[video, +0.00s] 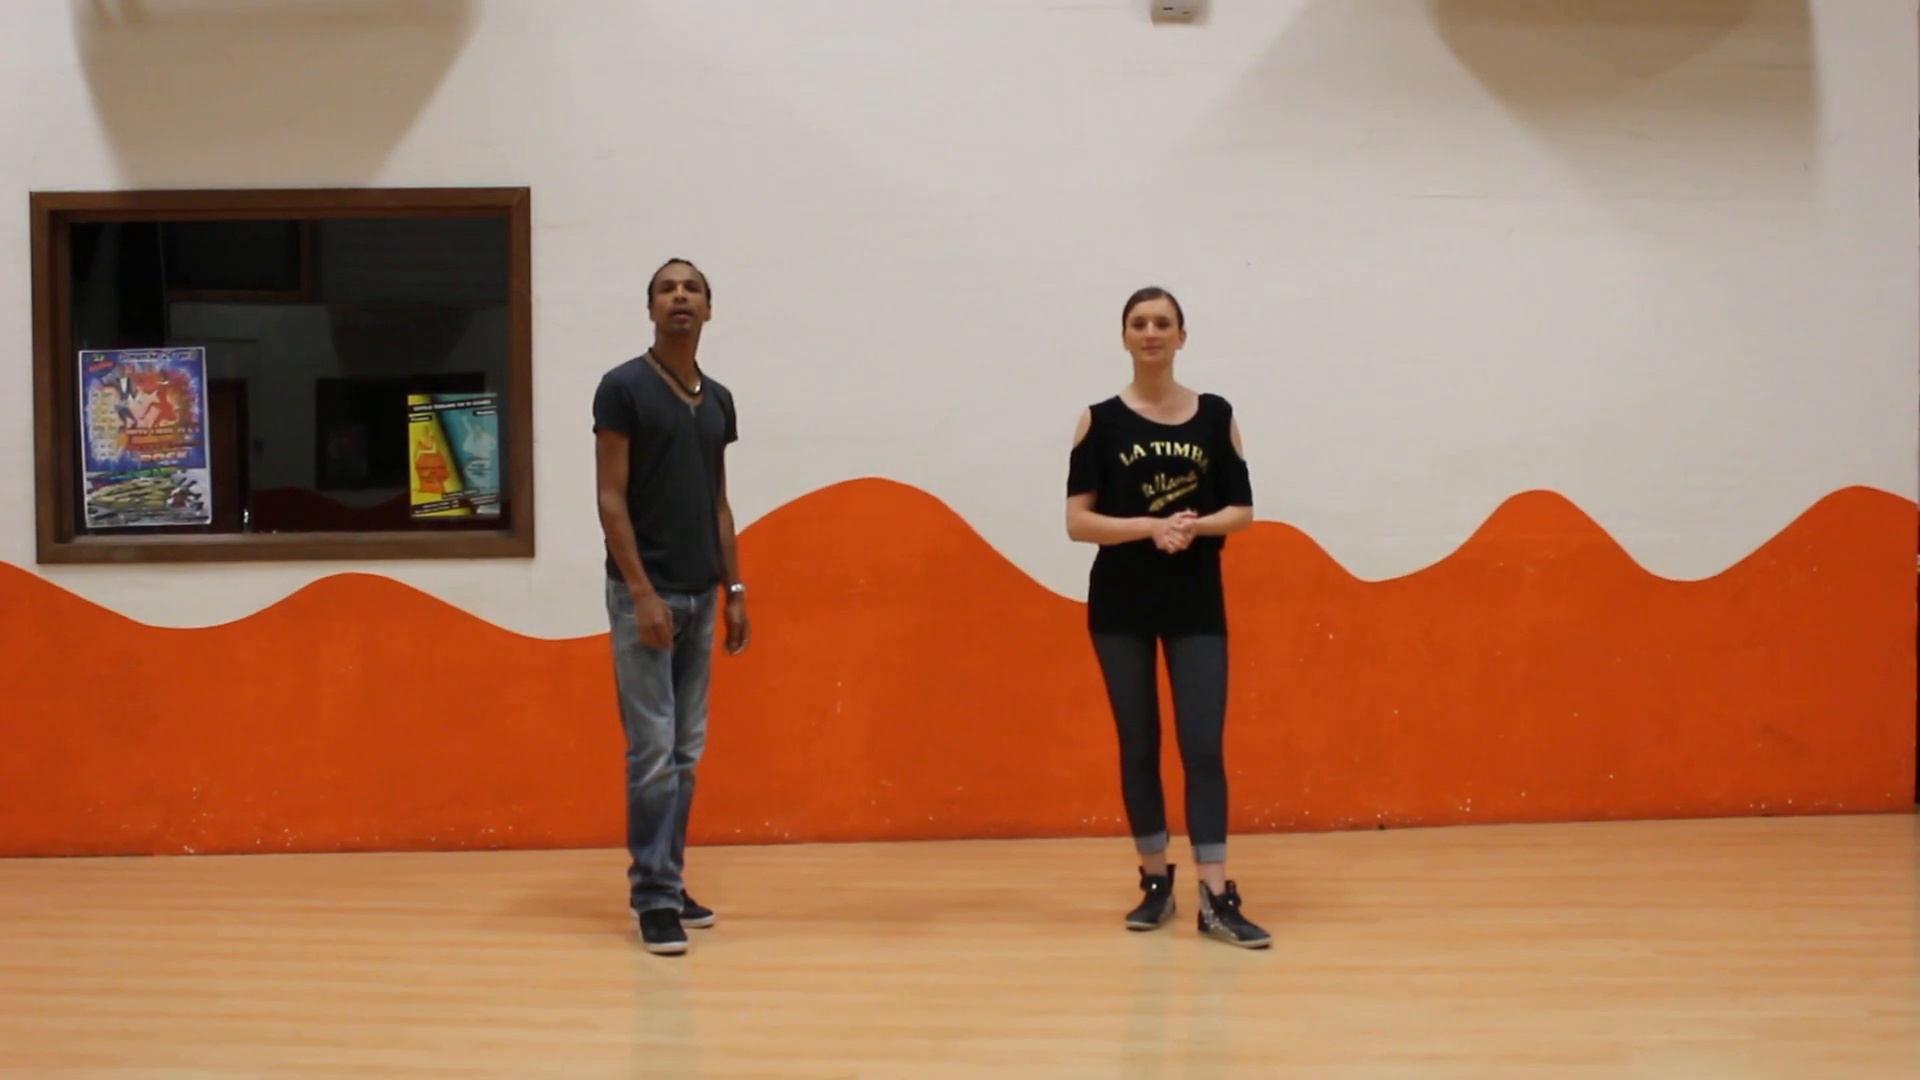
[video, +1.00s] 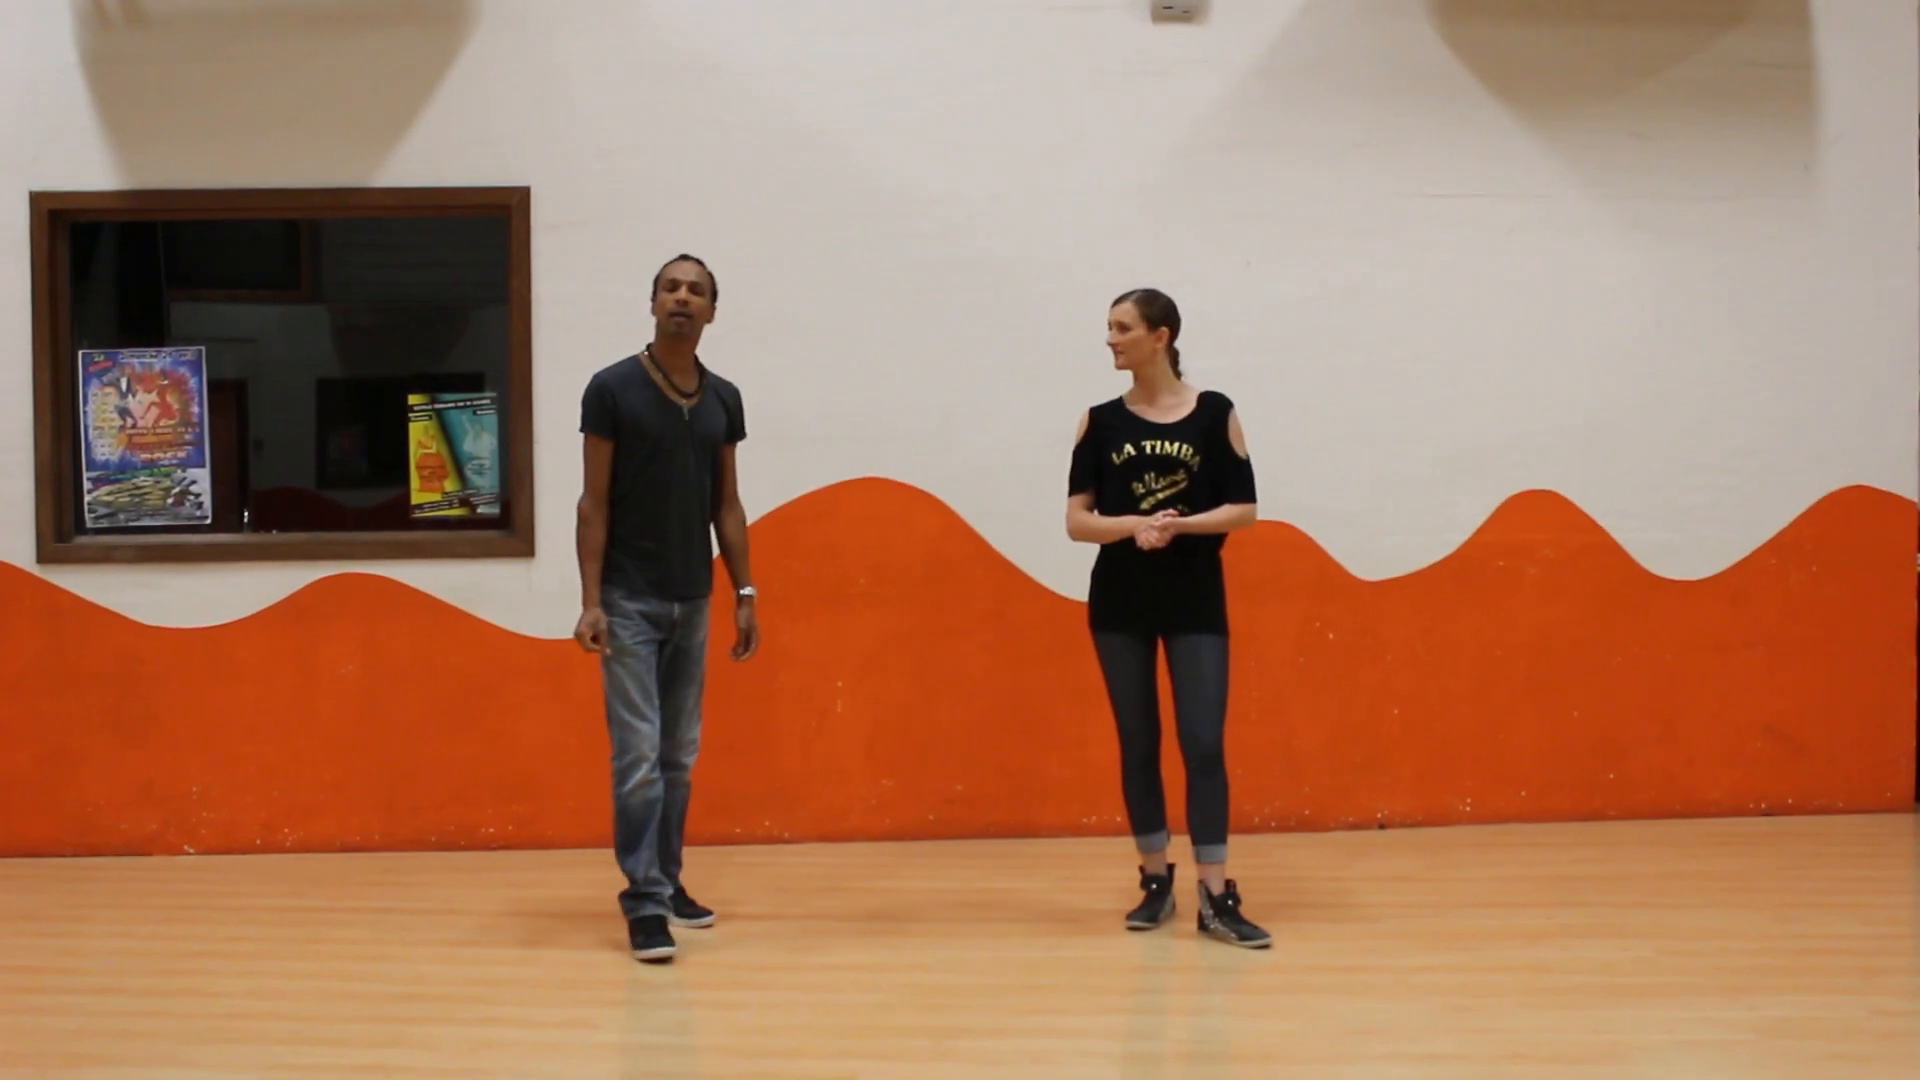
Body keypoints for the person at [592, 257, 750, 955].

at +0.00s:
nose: (681, 296)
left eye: (692, 288)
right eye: (668, 288)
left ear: (709, 308)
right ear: (649, 308)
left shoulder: (716, 400)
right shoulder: (623, 388)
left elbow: (718, 501)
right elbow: (612, 504)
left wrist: (734, 589)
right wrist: (644, 595)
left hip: (698, 591)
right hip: (643, 592)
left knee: (686, 746)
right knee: (654, 746)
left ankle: (667, 882)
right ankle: (654, 895)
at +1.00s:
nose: (681, 298)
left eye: (695, 290)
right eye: (671, 288)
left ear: (712, 311)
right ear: (651, 304)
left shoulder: (722, 398)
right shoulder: (612, 390)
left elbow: (727, 505)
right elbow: (594, 504)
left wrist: (746, 596)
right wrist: (591, 599)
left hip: (691, 598)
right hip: (626, 597)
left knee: (679, 752)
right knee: (641, 752)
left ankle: (665, 883)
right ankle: (644, 901)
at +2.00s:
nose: (689, 295)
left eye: (702, 287)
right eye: (677, 281)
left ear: (714, 303)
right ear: (650, 291)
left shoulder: (726, 392)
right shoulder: (608, 390)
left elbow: (729, 501)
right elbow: (595, 505)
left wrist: (748, 597)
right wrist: (621, 570)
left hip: (708, 608)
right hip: (634, 607)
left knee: (729, 761)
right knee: (639, 772)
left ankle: (751, 923)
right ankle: (648, 915)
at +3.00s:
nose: (786, 278)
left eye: (798, 274)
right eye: (774, 264)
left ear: (803, 299)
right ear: (740, 279)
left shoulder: (813, 390)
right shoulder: (687, 376)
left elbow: (810, 495)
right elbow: (660, 499)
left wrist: (828, 550)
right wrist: (738, 543)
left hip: (786, 611)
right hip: (711, 606)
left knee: (771, 781)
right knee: (708, 774)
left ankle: (753, 938)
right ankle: (676, 895)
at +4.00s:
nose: (681, 292)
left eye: (692, 285)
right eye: (668, 278)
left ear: (697, 307)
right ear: (633, 293)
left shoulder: (701, 391)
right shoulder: (588, 389)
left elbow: (687, 496)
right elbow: (556, 505)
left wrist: (707, 508)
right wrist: (656, 505)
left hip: (680, 599)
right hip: (607, 600)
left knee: (710, 760)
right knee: (615, 767)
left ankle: (725, 921)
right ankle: (621, 921)